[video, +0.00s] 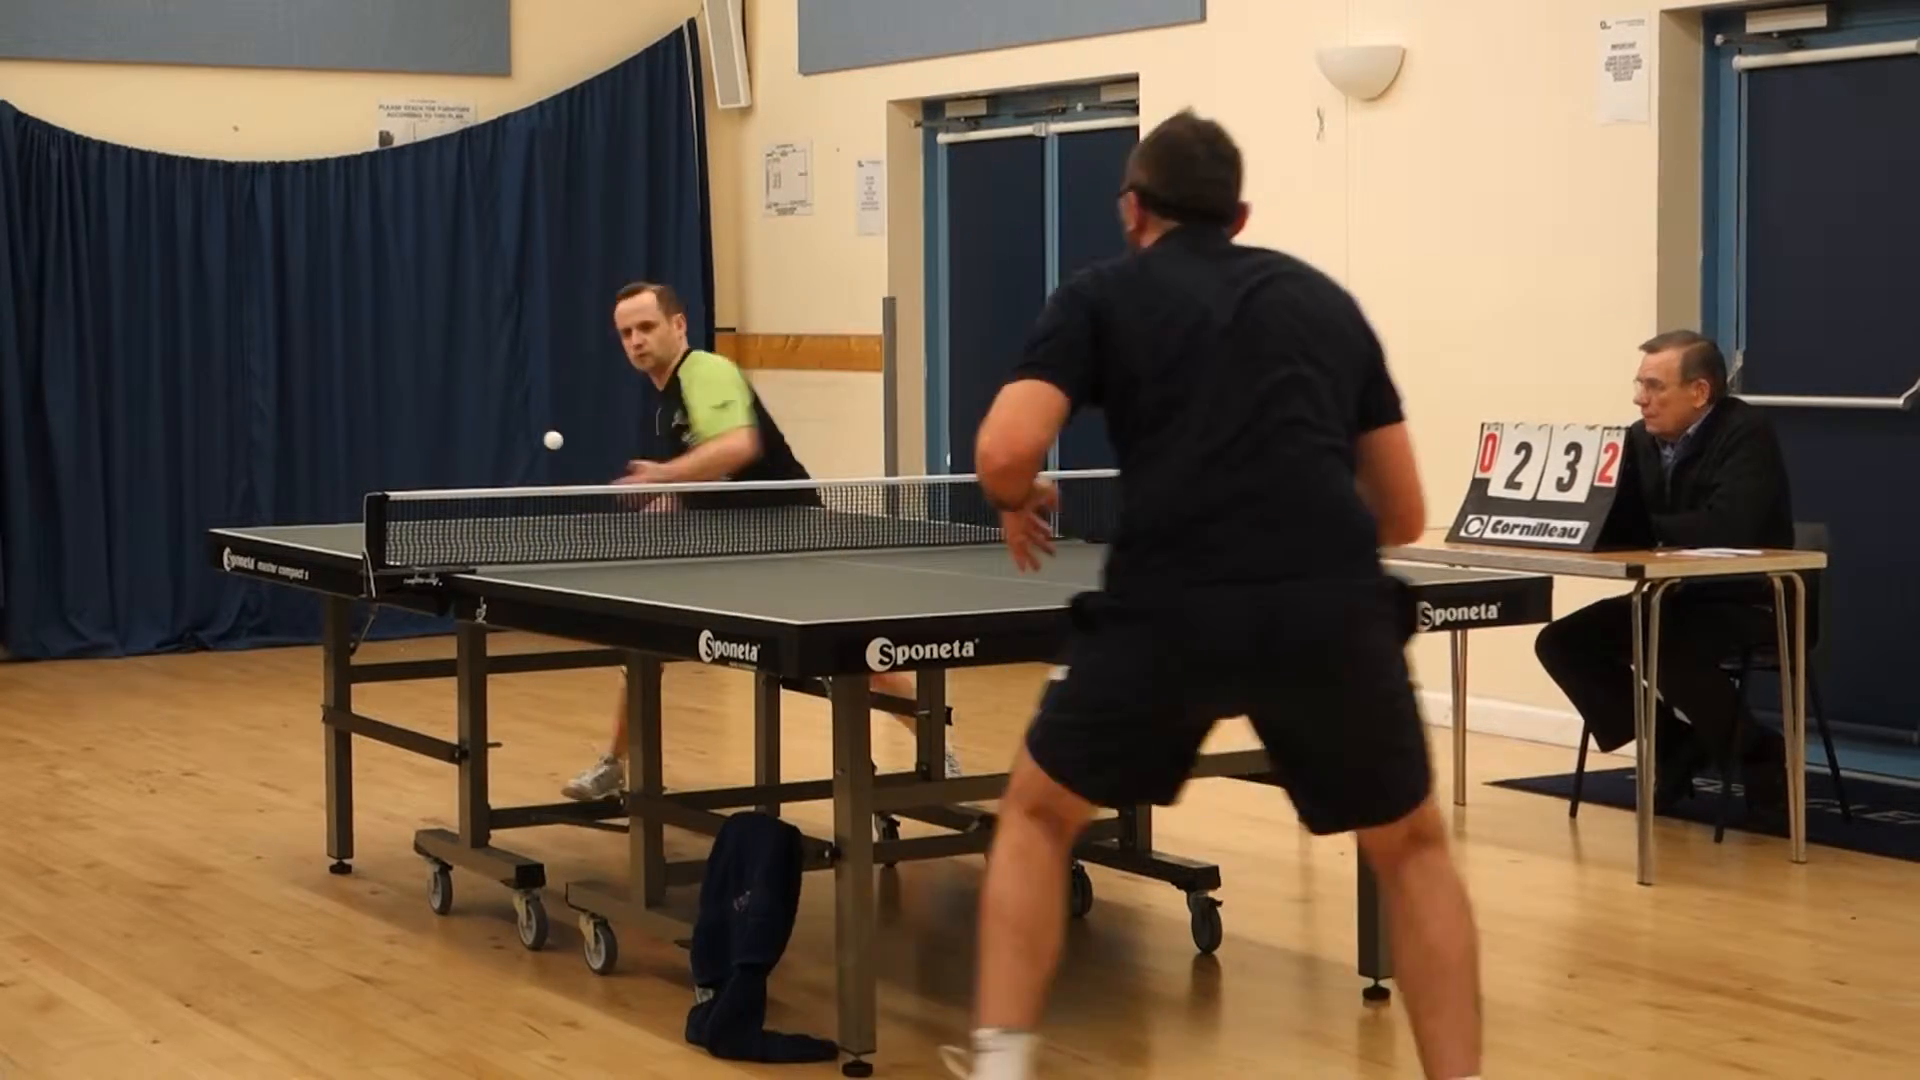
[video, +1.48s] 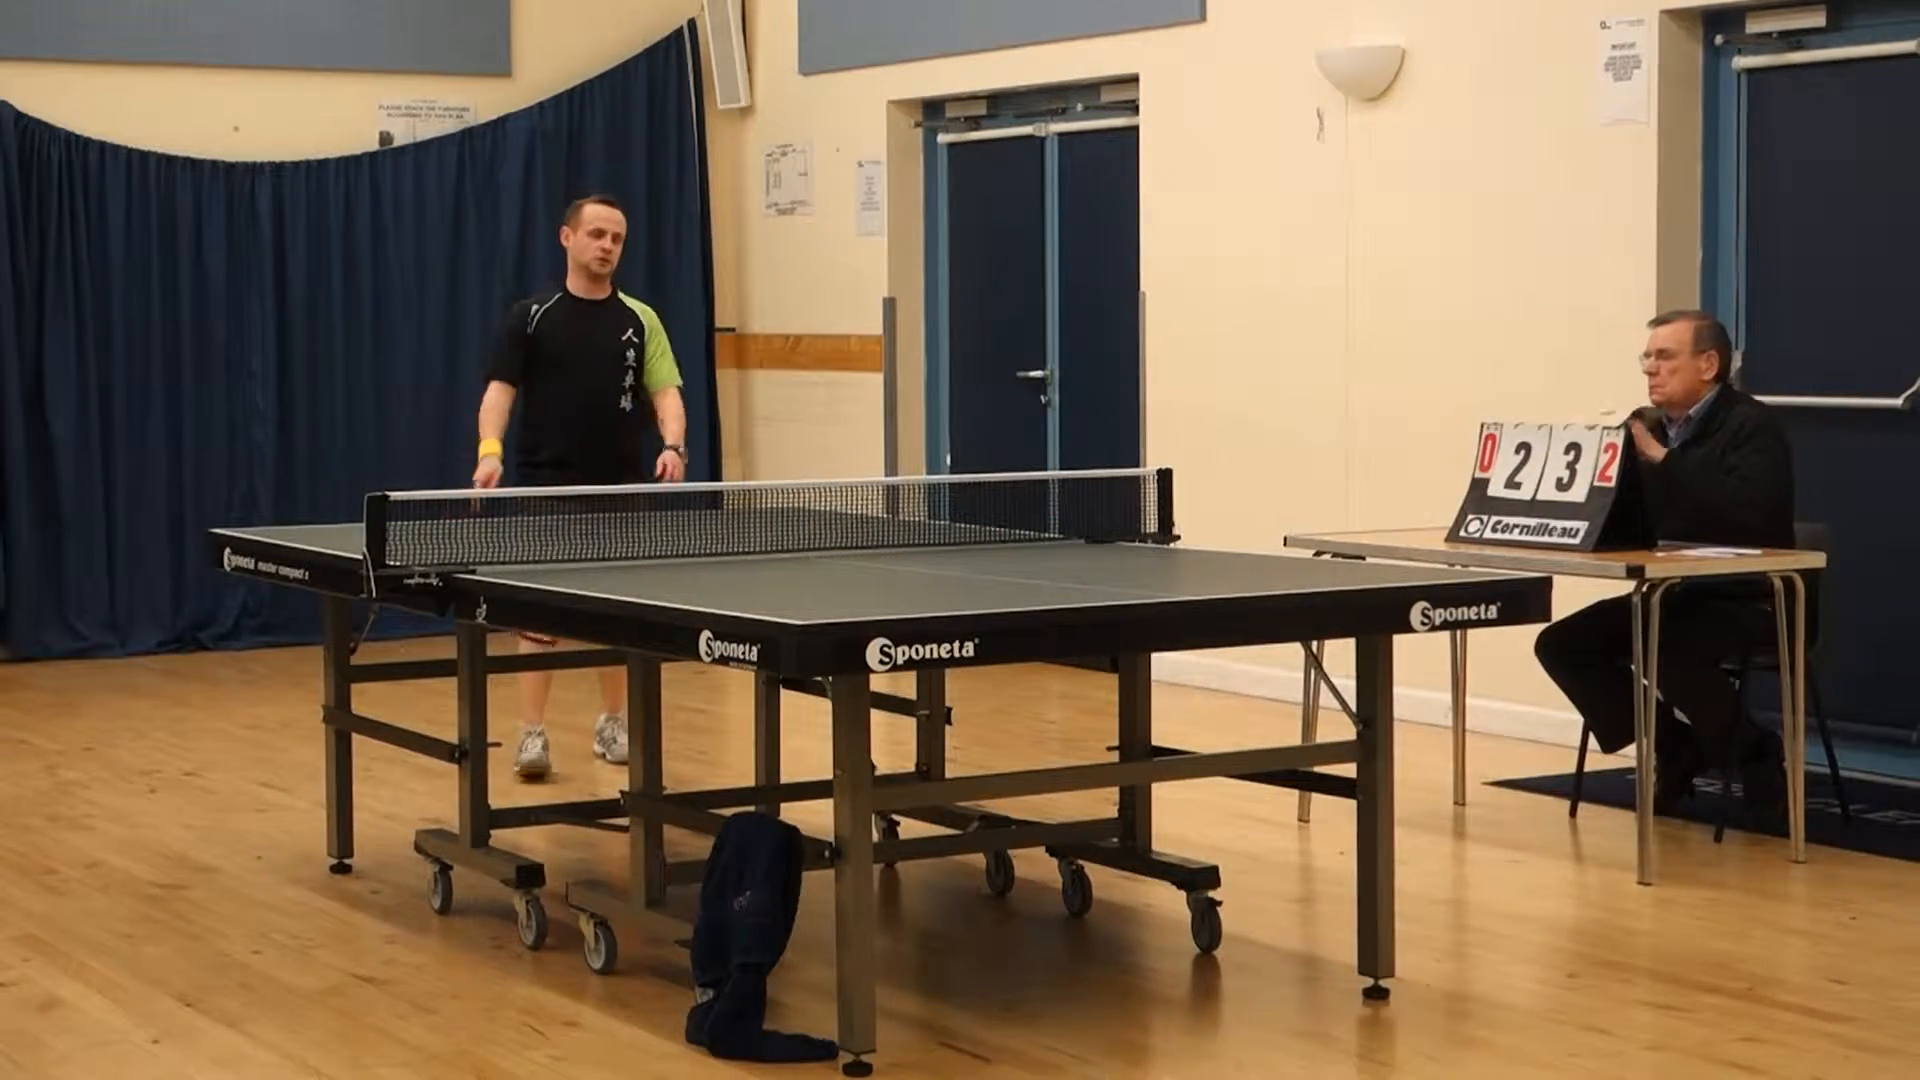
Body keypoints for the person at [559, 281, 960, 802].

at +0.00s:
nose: (634, 342)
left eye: (645, 328)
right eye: (625, 334)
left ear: (678, 326)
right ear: (622, 340)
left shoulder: (707, 371)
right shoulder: (668, 390)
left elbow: (741, 443)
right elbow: (707, 458)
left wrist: (666, 471)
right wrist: (677, 493)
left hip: (789, 530)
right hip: (729, 537)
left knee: (848, 650)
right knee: (645, 633)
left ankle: (936, 743)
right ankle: (618, 763)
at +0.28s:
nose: (805, 360)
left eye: (815, 349)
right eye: (792, 349)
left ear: (828, 357)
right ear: (768, 352)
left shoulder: (822, 439)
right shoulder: (749, 410)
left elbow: (861, 506)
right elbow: (772, 346)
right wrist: (845, 318)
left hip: (812, 572)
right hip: (743, 572)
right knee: (723, 696)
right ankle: (647, 768)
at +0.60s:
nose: (745, 257)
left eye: (752, 246)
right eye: (731, 246)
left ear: (759, 254)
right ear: (699, 253)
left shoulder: (771, 337)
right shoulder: (659, 319)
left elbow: (791, 416)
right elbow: (597, 374)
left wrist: (812, 475)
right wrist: (628, 357)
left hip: (736, 506)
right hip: (656, 506)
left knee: (791, 617)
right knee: (629, 630)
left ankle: (785, 747)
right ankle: (596, 751)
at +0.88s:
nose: (642, 263)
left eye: (650, 253)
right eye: (629, 252)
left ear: (657, 263)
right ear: (598, 259)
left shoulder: (676, 339)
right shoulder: (562, 343)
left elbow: (708, 417)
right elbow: (527, 429)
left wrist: (739, 475)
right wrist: (502, 508)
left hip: (660, 518)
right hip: (578, 519)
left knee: (719, 623)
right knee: (550, 627)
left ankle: (770, 746)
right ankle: (533, 738)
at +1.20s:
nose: (595, 239)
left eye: (603, 232)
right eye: (583, 228)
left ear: (611, 242)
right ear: (553, 234)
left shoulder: (631, 313)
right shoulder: (522, 316)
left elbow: (650, 395)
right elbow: (486, 400)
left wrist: (616, 455)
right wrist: (465, 475)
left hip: (615, 492)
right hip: (537, 494)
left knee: (645, 606)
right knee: (535, 616)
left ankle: (627, 706)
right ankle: (531, 735)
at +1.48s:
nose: (607, 246)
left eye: (616, 238)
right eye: (597, 234)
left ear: (624, 247)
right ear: (566, 237)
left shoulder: (641, 319)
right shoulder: (530, 315)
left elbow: (666, 392)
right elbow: (499, 390)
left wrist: (674, 444)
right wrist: (489, 452)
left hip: (620, 495)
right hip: (542, 495)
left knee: (622, 612)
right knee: (537, 615)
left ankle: (614, 723)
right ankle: (533, 730)